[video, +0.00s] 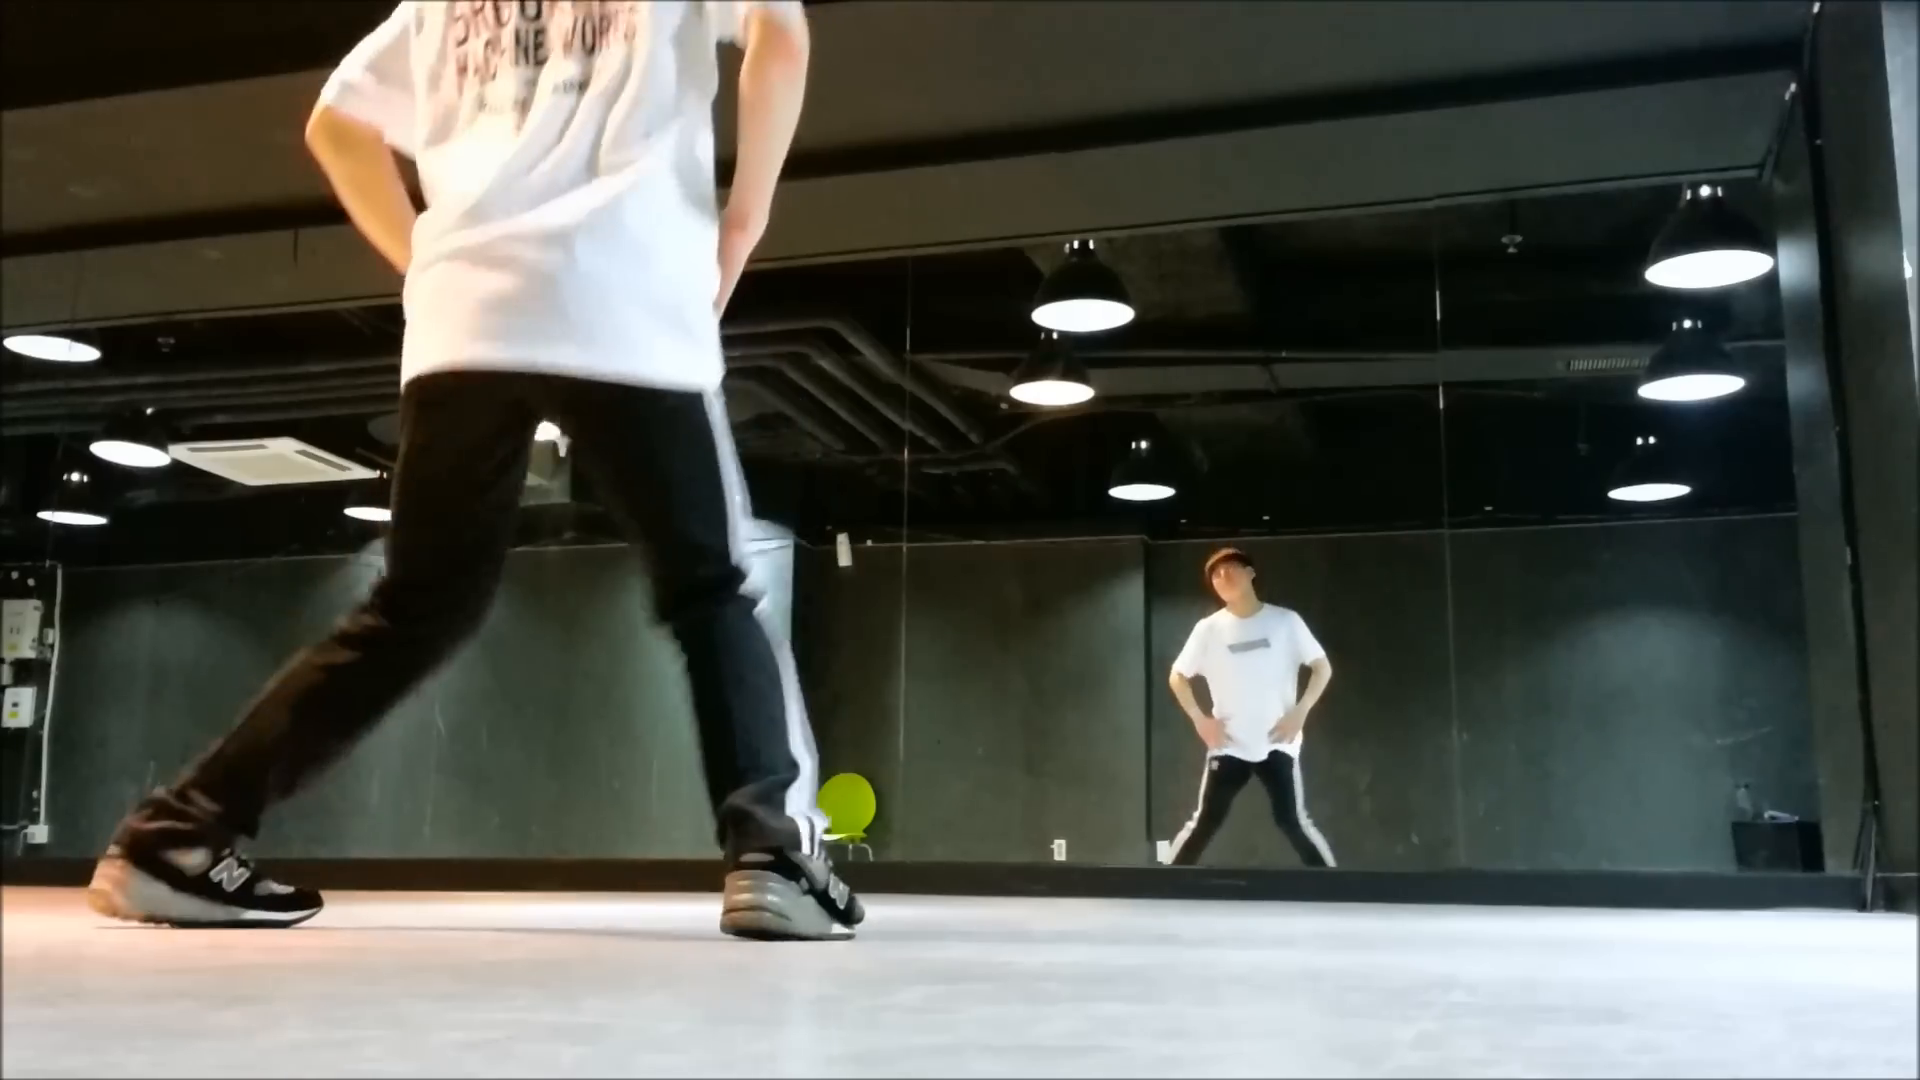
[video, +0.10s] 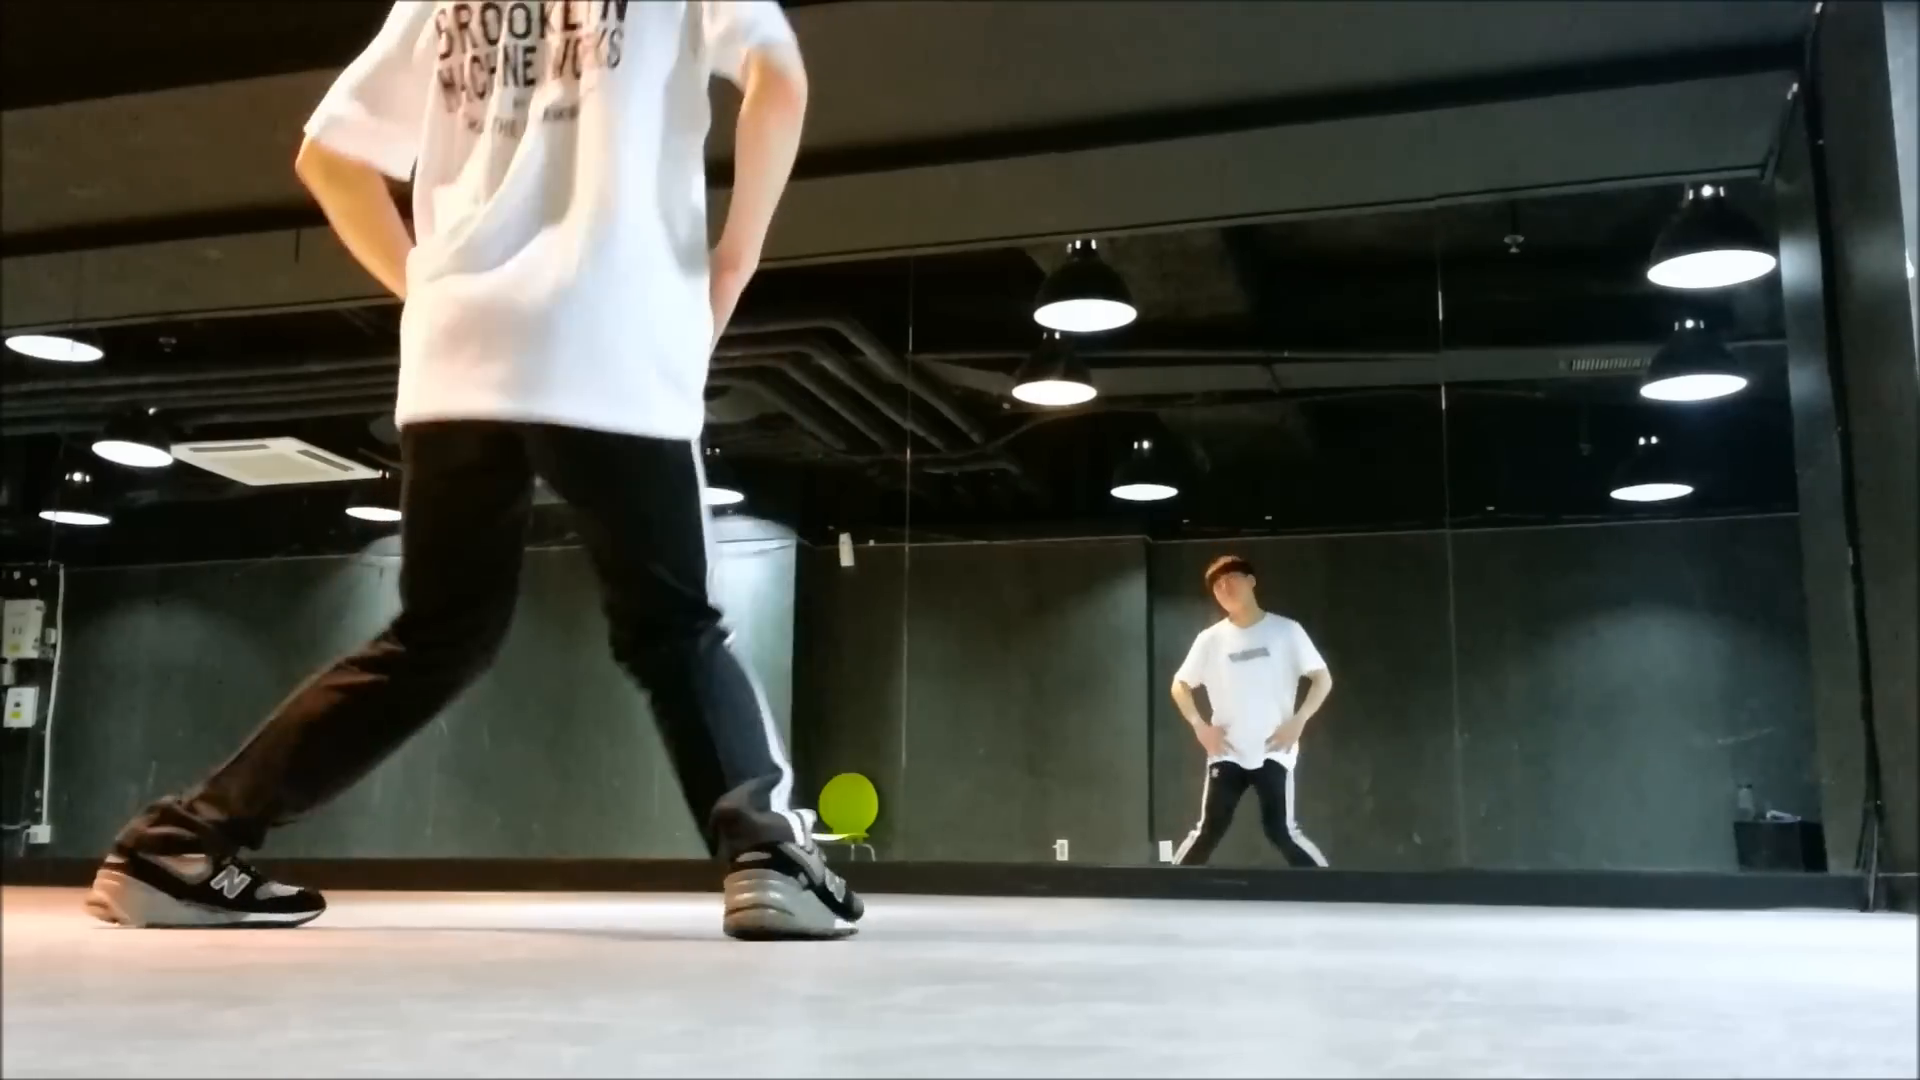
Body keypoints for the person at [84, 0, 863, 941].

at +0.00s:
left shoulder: (441, 9)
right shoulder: (689, 2)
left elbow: (338, 123)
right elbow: (779, 35)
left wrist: (430, 262)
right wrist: (745, 223)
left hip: (463, 297)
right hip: (633, 296)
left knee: (422, 604)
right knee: (709, 591)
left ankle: (175, 837)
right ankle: (773, 857)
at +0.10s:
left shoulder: (441, 6)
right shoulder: (699, 1)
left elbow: (332, 152)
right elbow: (778, 77)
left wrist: (427, 288)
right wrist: (734, 265)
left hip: (455, 329)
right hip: (618, 331)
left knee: (441, 635)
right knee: (674, 627)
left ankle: (182, 841)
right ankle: (767, 853)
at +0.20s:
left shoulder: (416, 9)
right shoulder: (682, 3)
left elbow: (319, 159)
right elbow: (774, 102)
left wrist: (429, 287)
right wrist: (730, 275)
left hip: (463, 341)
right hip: (624, 338)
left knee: (447, 640)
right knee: (681, 628)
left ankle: (186, 845)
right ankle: (757, 851)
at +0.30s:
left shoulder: (402, 8)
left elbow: (309, 137)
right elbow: (774, 80)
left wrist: (425, 263)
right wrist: (734, 252)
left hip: (479, 308)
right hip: (639, 301)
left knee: (445, 603)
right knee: (714, 595)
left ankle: (215, 840)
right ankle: (728, 840)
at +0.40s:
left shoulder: (387, 0)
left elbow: (306, 109)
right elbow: (773, 34)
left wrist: (429, 238)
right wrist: (744, 191)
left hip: (485, 288)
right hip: (649, 279)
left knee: (411, 566)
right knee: (756, 550)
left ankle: (279, 833)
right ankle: (714, 841)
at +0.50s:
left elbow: (306, 92)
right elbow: (766, 11)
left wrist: (431, 216)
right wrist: (746, 174)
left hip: (485, 280)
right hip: (654, 267)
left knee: (386, 549)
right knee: (761, 515)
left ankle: (307, 840)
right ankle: (706, 843)